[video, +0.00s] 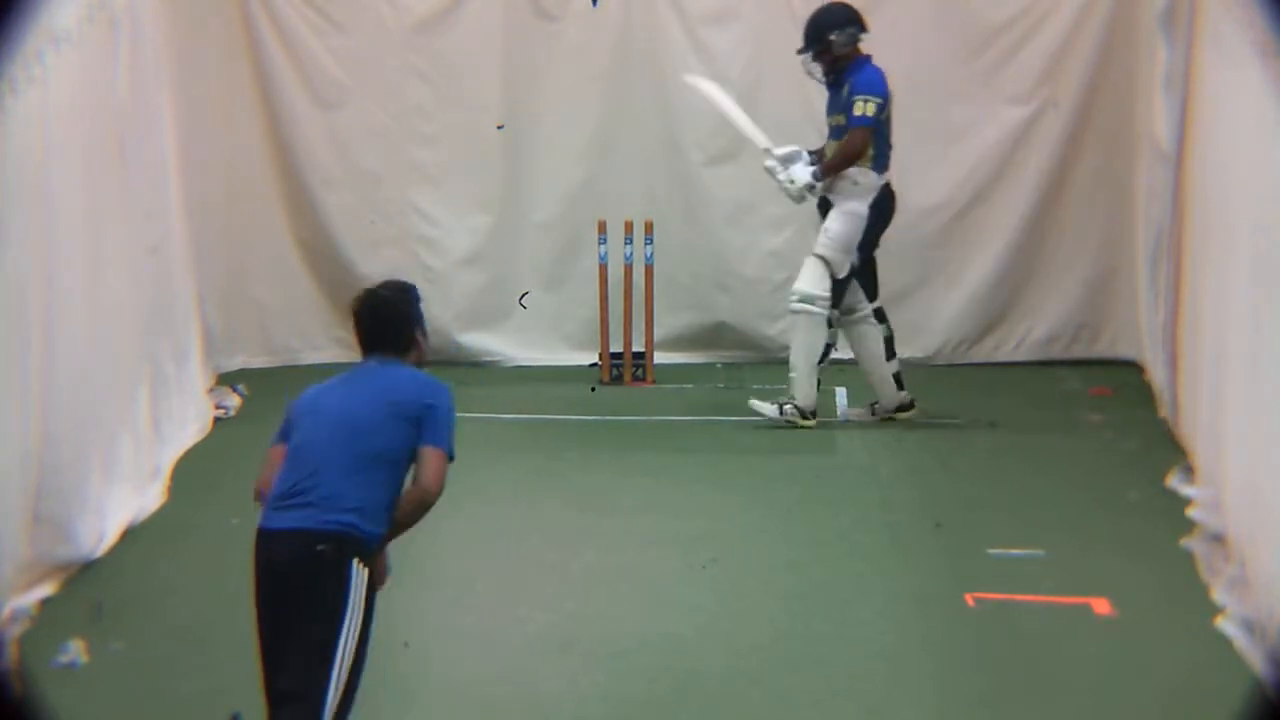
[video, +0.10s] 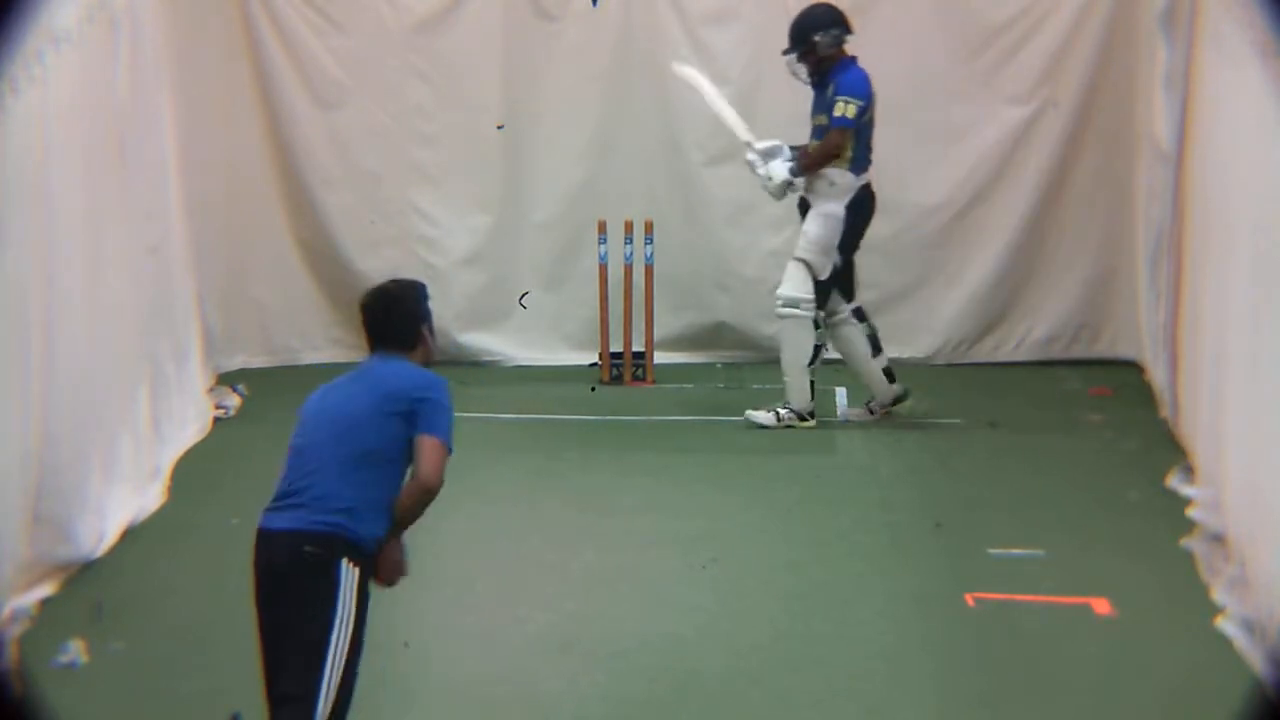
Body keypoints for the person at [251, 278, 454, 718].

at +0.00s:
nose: (428, 334)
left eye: (425, 324)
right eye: (425, 325)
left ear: (361, 338)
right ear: (417, 335)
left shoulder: (312, 395)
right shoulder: (428, 392)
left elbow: (266, 487)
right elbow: (428, 487)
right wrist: (376, 538)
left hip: (273, 544)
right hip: (338, 549)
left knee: (283, 692)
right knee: (323, 697)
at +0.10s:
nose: (435, 331)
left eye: (431, 321)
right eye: (432, 322)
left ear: (370, 335)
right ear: (423, 331)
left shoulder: (331, 389)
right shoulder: (424, 385)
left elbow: (330, 475)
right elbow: (428, 479)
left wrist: (380, 543)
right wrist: (388, 531)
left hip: (273, 543)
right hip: (331, 549)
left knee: (284, 693)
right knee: (319, 698)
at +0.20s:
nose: (441, 328)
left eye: (437, 317)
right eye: (438, 318)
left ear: (377, 330)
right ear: (430, 326)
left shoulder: (356, 379)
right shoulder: (415, 382)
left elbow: (345, 470)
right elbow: (406, 475)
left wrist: (397, 530)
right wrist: (416, 530)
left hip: (280, 547)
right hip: (321, 554)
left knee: (290, 700)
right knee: (319, 704)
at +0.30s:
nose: (448, 322)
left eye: (444, 311)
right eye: (444, 312)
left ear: (387, 324)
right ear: (431, 321)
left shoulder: (382, 377)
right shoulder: (395, 383)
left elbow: (386, 479)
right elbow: (376, 474)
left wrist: (447, 510)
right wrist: (423, 515)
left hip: (311, 560)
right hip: (312, 562)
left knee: (327, 704)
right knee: (320, 708)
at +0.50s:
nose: (448, 335)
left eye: (448, 324)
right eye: (443, 323)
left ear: (412, 323)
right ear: (409, 322)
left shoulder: (411, 396)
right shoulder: (353, 391)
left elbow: (422, 463)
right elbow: (314, 478)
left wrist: (487, 453)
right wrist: (385, 537)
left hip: (373, 581)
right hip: (329, 583)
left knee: (382, 707)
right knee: (345, 712)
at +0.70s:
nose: (448, 339)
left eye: (449, 326)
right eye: (440, 326)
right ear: (398, 319)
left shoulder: (432, 397)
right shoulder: (336, 394)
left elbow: (445, 482)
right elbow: (296, 482)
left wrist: (485, 457)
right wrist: (379, 531)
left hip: (415, 586)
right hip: (343, 590)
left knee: (443, 710)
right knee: (342, 712)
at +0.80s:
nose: (454, 348)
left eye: (456, 336)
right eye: (445, 336)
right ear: (401, 328)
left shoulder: (448, 405)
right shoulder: (337, 406)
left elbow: (461, 492)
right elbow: (304, 499)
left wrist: (492, 472)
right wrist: (389, 541)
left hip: (430, 602)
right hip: (349, 606)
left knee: (459, 711)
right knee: (342, 712)